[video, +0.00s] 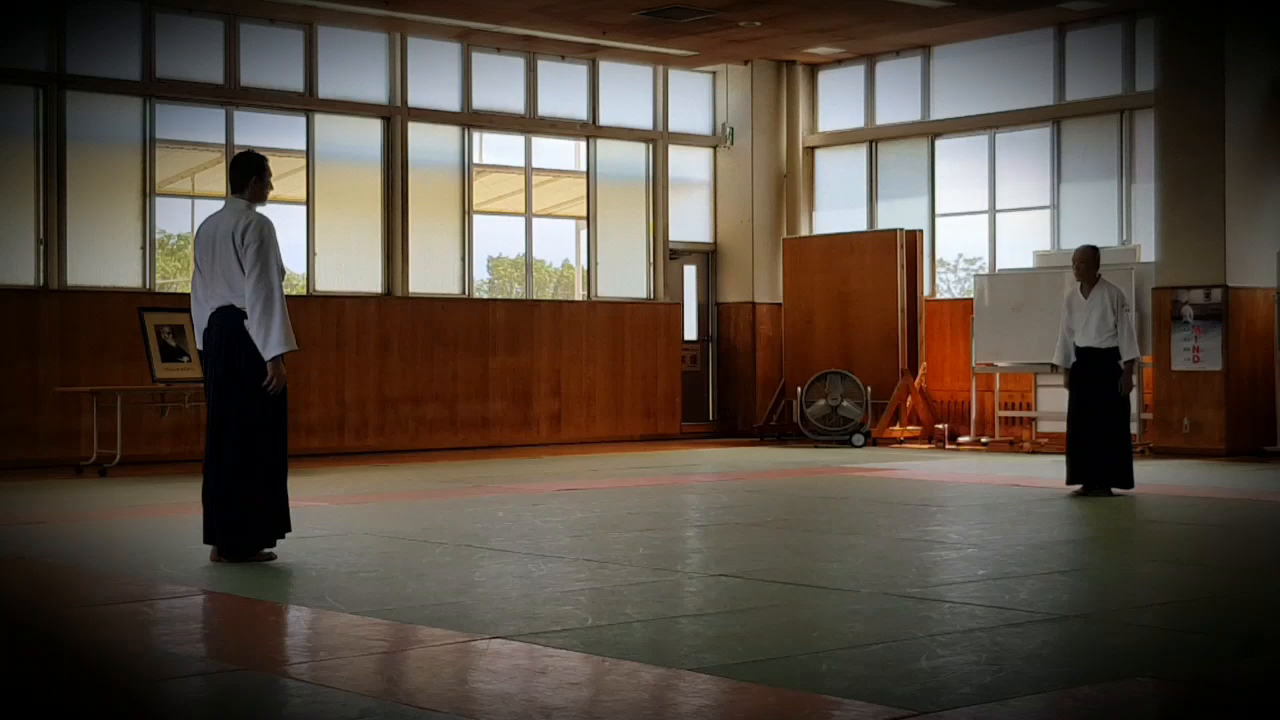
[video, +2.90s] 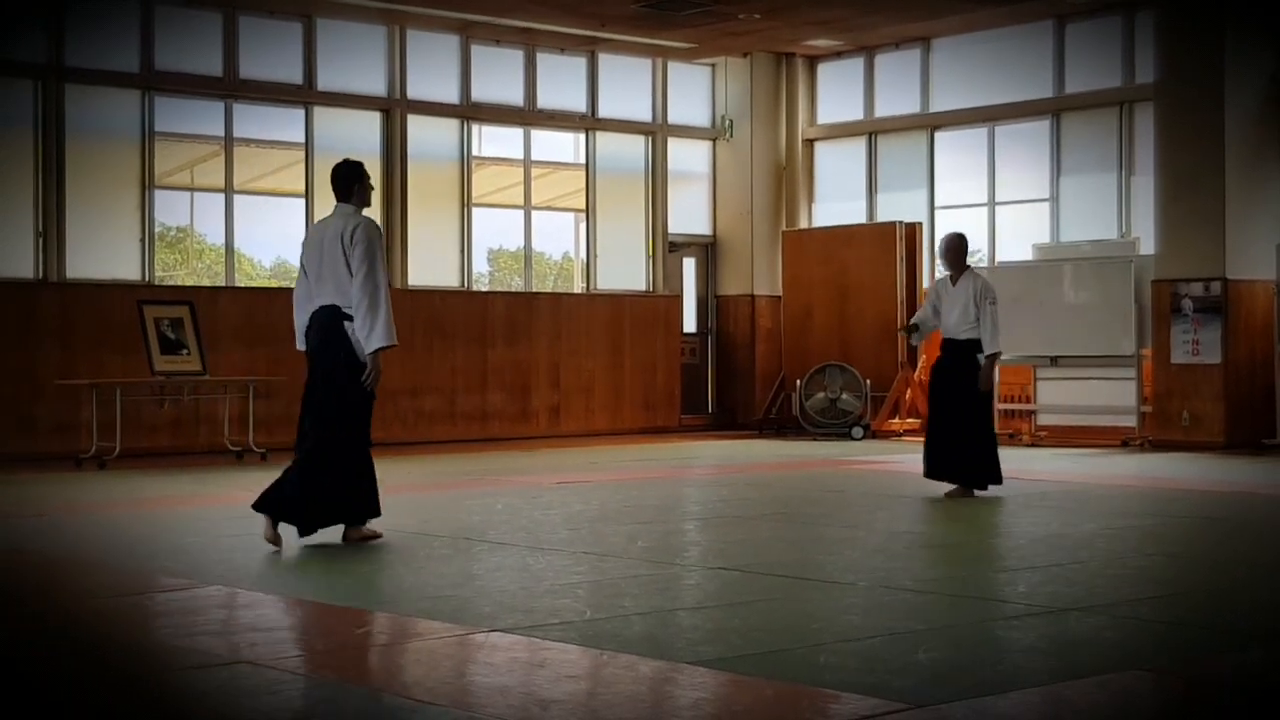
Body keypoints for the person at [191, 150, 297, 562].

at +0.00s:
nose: (271, 187)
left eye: (269, 180)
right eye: (268, 180)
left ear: (233, 182)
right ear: (257, 182)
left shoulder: (207, 225)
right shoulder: (256, 224)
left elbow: (200, 292)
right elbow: (262, 292)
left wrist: (204, 344)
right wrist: (274, 353)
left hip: (214, 337)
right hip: (247, 337)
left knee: (224, 437)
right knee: (251, 438)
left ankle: (224, 538)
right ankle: (242, 541)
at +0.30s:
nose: (304, 221)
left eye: (308, 214)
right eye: (306, 213)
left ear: (279, 195)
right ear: (296, 200)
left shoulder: (227, 221)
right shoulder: (276, 224)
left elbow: (206, 279)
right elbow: (265, 287)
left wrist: (198, 330)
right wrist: (261, 349)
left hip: (205, 327)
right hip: (236, 328)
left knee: (218, 431)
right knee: (251, 430)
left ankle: (224, 535)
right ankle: (239, 536)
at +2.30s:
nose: (299, 178)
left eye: (297, 171)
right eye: (295, 172)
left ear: (261, 176)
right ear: (285, 176)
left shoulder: (237, 219)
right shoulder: (284, 220)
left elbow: (230, 278)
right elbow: (284, 287)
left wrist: (231, 322)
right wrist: (292, 346)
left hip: (240, 326)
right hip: (270, 328)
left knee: (243, 426)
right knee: (268, 428)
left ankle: (237, 525)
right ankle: (254, 528)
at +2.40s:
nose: (305, 182)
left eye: (303, 175)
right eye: (303, 175)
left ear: (268, 178)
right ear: (294, 178)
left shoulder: (243, 223)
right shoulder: (293, 221)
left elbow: (234, 284)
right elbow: (295, 287)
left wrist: (238, 333)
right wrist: (300, 346)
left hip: (247, 328)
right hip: (279, 329)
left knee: (252, 426)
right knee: (285, 427)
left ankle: (243, 527)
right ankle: (279, 526)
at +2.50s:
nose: (318, 183)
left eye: (316, 176)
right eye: (314, 177)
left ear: (282, 181)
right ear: (303, 180)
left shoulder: (257, 224)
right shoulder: (305, 223)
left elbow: (246, 285)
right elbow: (305, 289)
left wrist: (246, 336)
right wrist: (311, 347)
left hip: (258, 328)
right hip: (286, 329)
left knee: (306, 422)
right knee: (268, 427)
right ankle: (249, 529)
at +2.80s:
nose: (358, 192)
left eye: (356, 186)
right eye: (354, 187)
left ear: (324, 192)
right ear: (342, 191)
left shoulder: (300, 234)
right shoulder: (347, 231)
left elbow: (286, 293)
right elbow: (350, 294)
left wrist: (286, 343)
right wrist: (355, 352)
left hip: (302, 339)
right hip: (330, 341)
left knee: (339, 430)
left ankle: (350, 519)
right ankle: (251, 517)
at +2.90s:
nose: (372, 189)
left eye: (370, 183)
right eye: (368, 184)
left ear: (337, 189)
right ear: (357, 187)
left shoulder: (315, 231)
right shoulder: (363, 228)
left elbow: (303, 291)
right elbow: (367, 291)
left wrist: (305, 341)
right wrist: (374, 348)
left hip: (319, 334)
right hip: (349, 335)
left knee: (342, 429)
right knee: (346, 429)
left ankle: (355, 522)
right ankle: (276, 504)